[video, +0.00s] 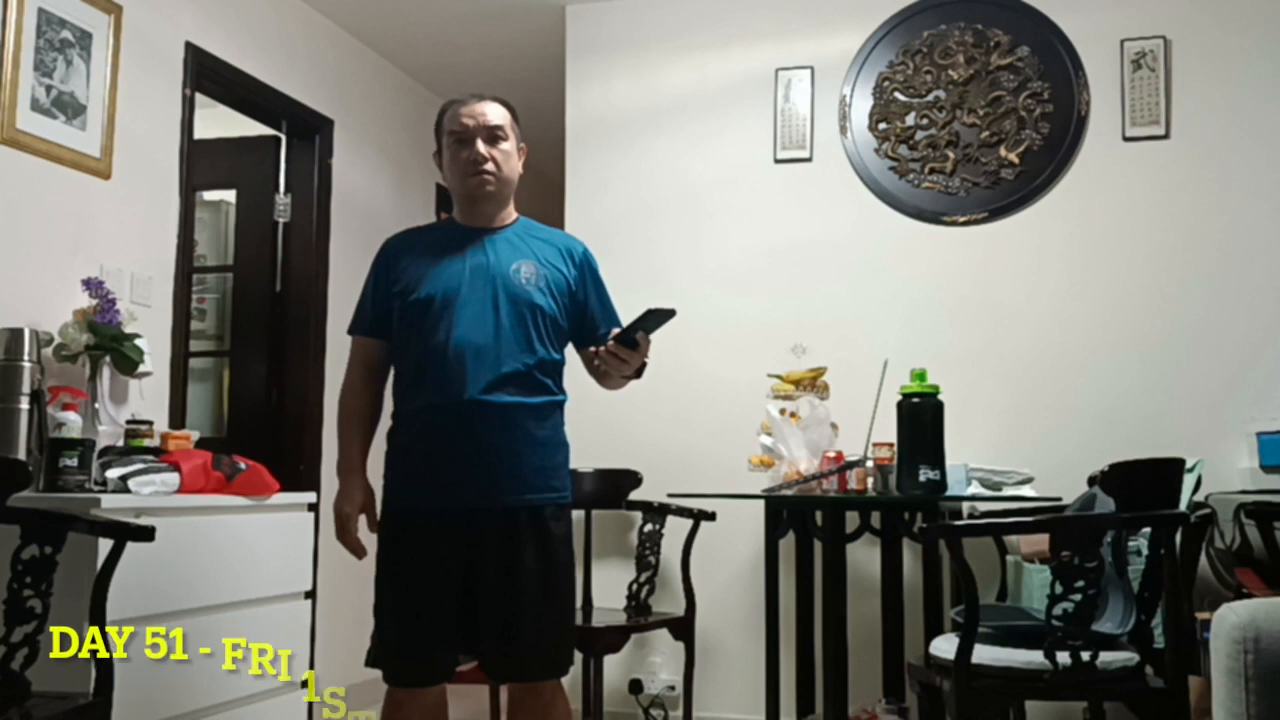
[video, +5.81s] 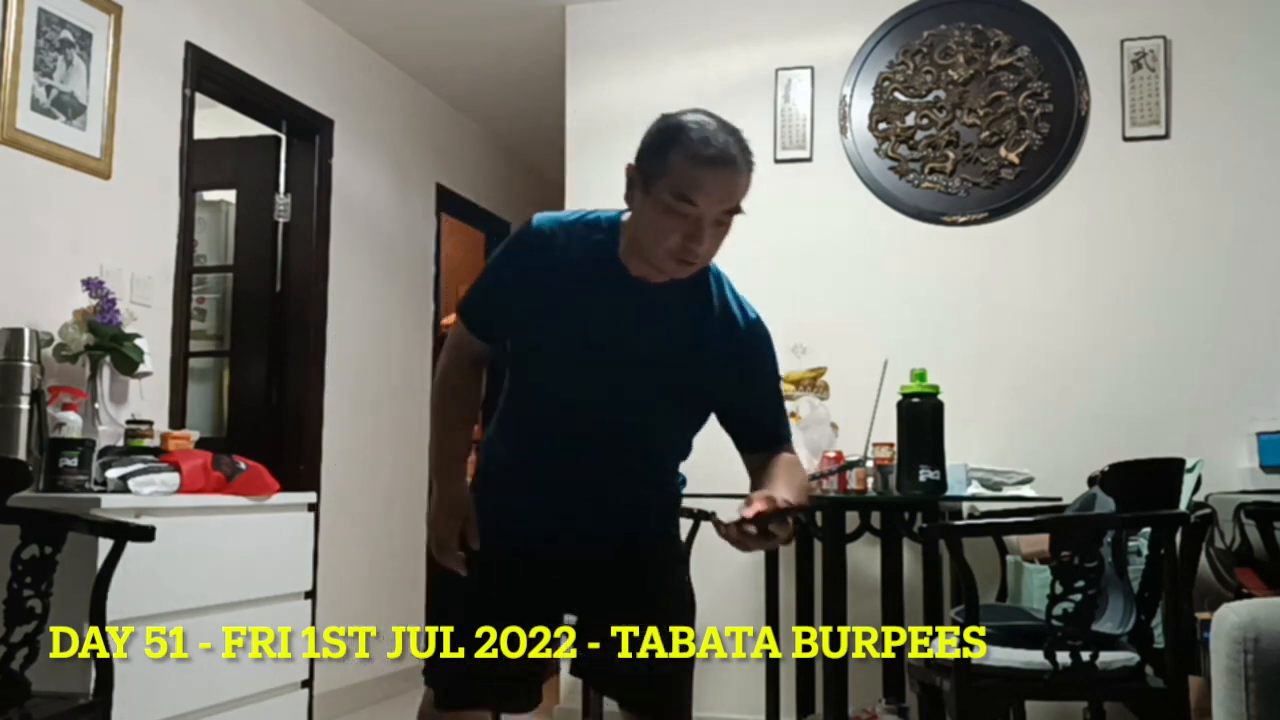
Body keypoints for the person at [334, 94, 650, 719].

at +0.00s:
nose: (478, 149)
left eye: (494, 136)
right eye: (461, 140)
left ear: (521, 158)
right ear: (440, 163)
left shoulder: (566, 253)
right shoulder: (402, 254)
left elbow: (605, 363)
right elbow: (365, 372)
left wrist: (622, 366)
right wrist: (352, 473)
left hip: (529, 496)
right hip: (423, 496)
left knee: (535, 681)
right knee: (413, 682)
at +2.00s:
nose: (477, 146)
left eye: (492, 135)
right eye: (459, 137)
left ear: (519, 158)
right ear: (437, 162)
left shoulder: (563, 253)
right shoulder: (399, 255)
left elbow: (604, 361)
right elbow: (364, 374)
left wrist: (622, 363)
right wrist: (351, 475)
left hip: (529, 496)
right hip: (421, 496)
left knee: (536, 680)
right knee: (412, 681)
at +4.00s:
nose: (477, 146)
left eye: (493, 134)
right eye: (460, 137)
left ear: (519, 159)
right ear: (438, 161)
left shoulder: (563, 253)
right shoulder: (400, 256)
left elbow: (603, 363)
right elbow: (365, 376)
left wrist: (622, 362)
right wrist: (352, 477)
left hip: (528, 497)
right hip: (421, 497)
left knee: (536, 680)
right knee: (413, 681)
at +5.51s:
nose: (543, 185)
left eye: (559, 167)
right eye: (523, 163)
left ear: (571, 171)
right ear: (481, 158)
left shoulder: (594, 274)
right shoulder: (416, 256)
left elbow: (638, 390)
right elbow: (362, 364)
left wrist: (653, 400)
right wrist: (352, 466)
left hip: (543, 521)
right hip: (428, 512)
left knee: (577, 700)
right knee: (398, 701)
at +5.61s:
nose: (594, 190)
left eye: (612, 172)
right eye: (574, 165)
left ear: (624, 175)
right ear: (531, 158)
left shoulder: (639, 286)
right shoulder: (459, 250)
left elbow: (679, 397)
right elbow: (398, 361)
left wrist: (691, 429)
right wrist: (379, 466)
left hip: (575, 528)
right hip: (458, 517)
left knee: (599, 704)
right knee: (408, 696)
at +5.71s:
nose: (651, 210)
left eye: (672, 189)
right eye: (632, 181)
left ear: (685, 186)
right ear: (587, 165)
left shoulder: (690, 303)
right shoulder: (508, 247)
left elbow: (727, 415)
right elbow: (435, 362)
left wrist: (733, 457)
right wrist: (415, 477)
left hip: (610, 533)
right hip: (489, 519)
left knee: (635, 705)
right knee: (436, 702)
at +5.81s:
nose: (701, 239)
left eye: (723, 219)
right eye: (682, 209)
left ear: (738, 214)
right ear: (633, 186)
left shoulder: (732, 331)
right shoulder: (542, 252)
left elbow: (777, 454)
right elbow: (464, 355)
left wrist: (776, 501)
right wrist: (447, 490)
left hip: (637, 540)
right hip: (511, 525)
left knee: (661, 707)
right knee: (460, 705)